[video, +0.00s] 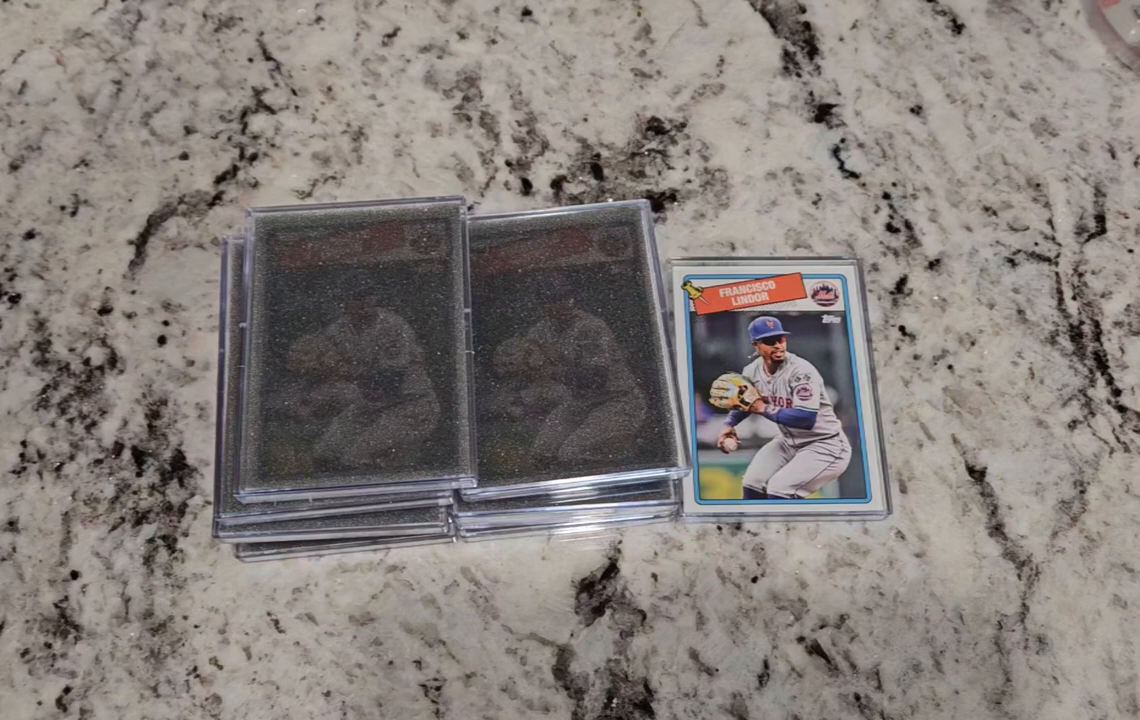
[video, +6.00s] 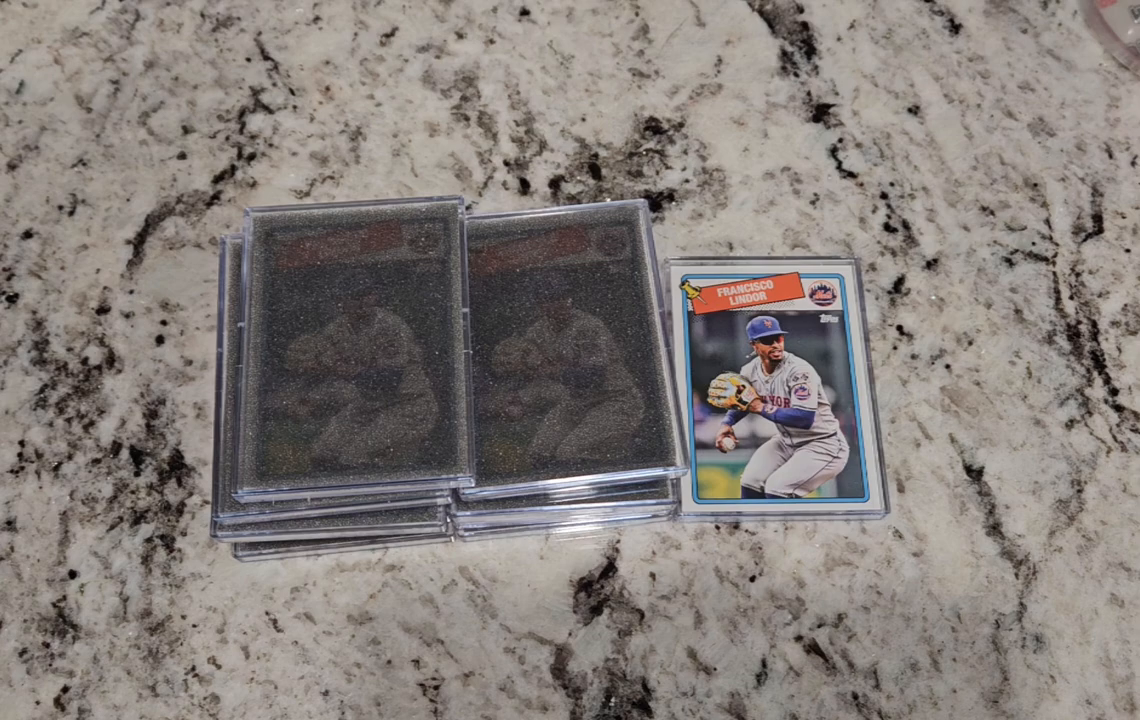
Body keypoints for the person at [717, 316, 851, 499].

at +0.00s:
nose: (778, 346)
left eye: (780, 340)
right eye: (770, 342)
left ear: (786, 340)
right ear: (757, 346)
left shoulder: (803, 371)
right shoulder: (751, 372)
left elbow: (806, 419)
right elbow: (744, 403)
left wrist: (762, 407)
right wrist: (728, 426)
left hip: (826, 446)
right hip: (789, 443)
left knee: (779, 488)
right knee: (753, 484)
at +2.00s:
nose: (776, 346)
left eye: (779, 339)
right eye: (768, 342)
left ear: (784, 339)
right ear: (755, 346)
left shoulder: (801, 371)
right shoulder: (749, 372)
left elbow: (804, 419)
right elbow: (743, 403)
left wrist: (761, 407)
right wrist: (726, 425)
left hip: (824, 445)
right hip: (787, 442)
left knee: (777, 488)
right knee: (751, 483)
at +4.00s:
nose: (776, 346)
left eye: (778, 339)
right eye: (767, 342)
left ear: (783, 339)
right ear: (754, 346)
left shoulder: (801, 371)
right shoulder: (749, 372)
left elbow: (804, 419)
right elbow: (743, 403)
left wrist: (760, 407)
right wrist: (726, 425)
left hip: (824, 445)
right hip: (786, 443)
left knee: (777, 487)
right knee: (751, 483)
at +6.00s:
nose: (776, 345)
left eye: (778, 339)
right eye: (767, 341)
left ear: (783, 339)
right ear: (754, 346)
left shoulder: (800, 371)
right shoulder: (749, 372)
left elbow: (804, 419)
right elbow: (742, 403)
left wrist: (761, 407)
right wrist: (726, 425)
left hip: (824, 445)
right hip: (786, 443)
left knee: (777, 488)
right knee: (751, 482)